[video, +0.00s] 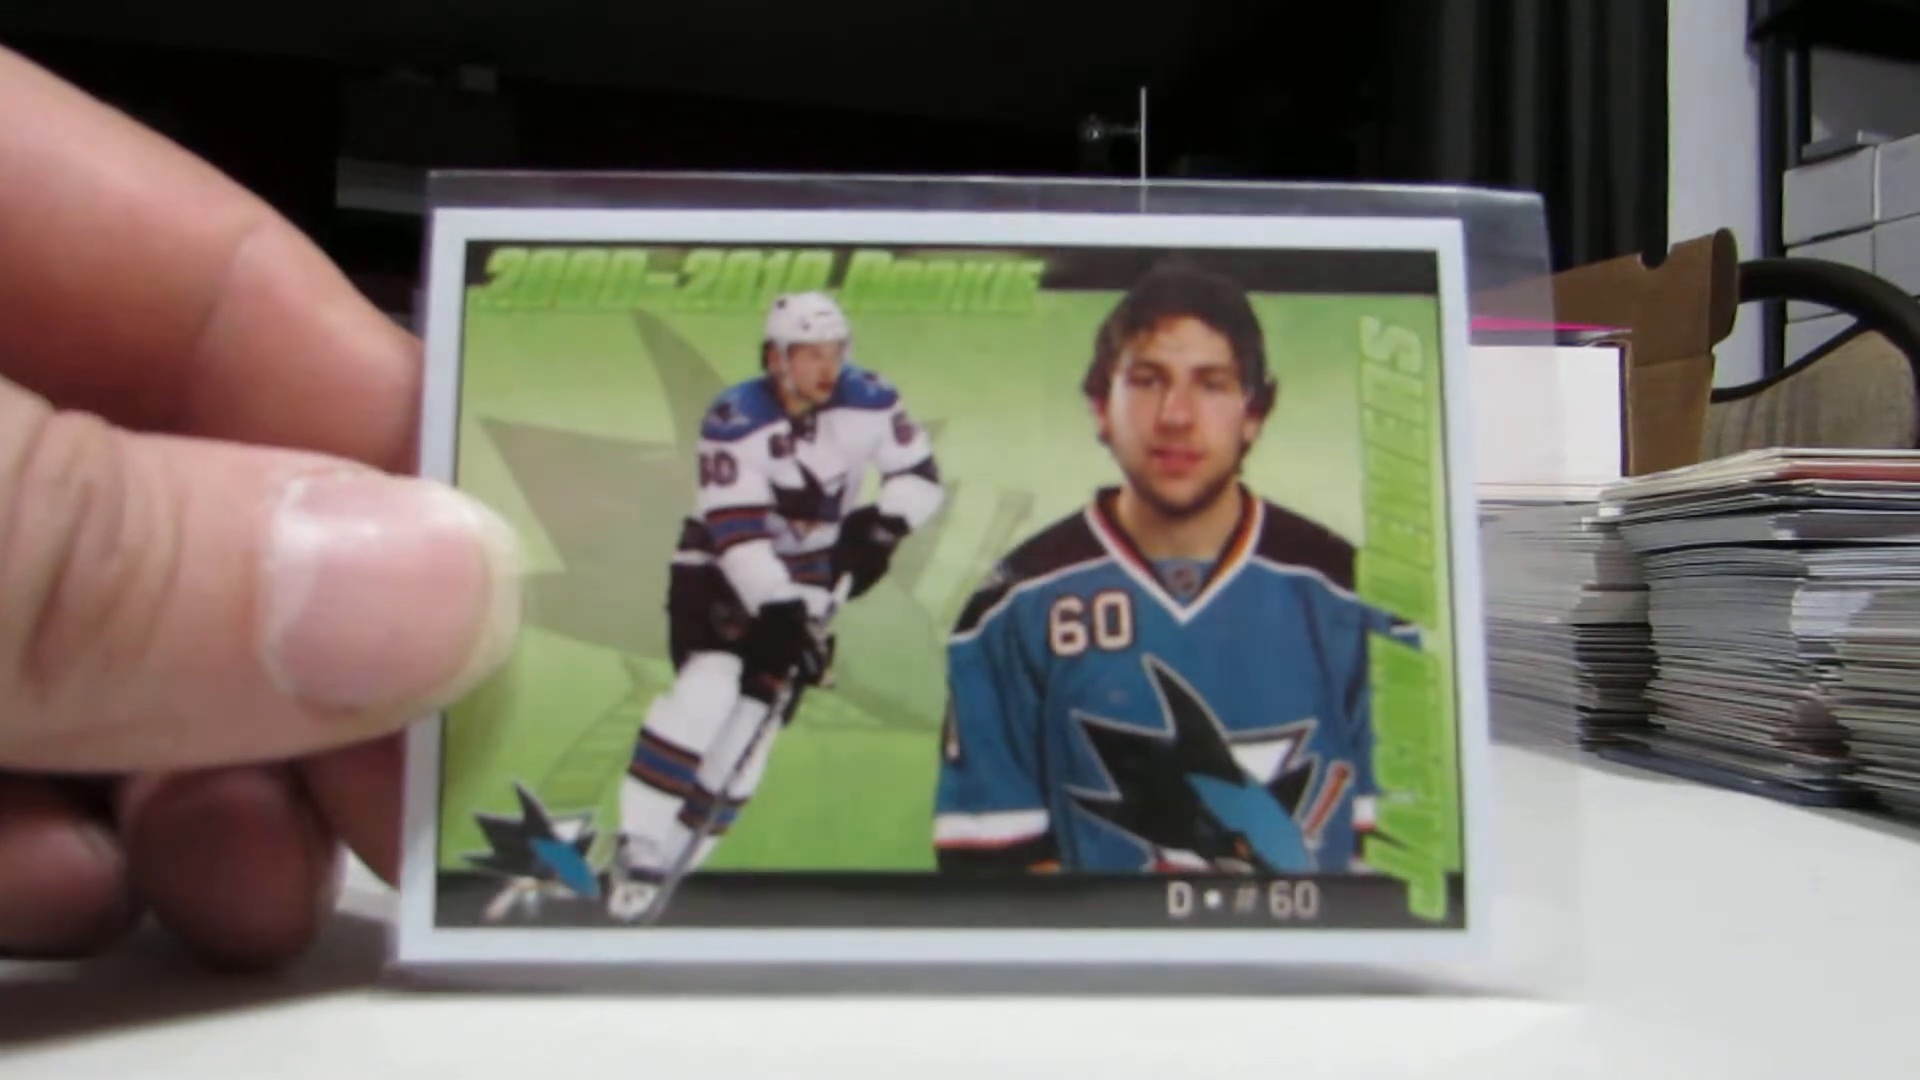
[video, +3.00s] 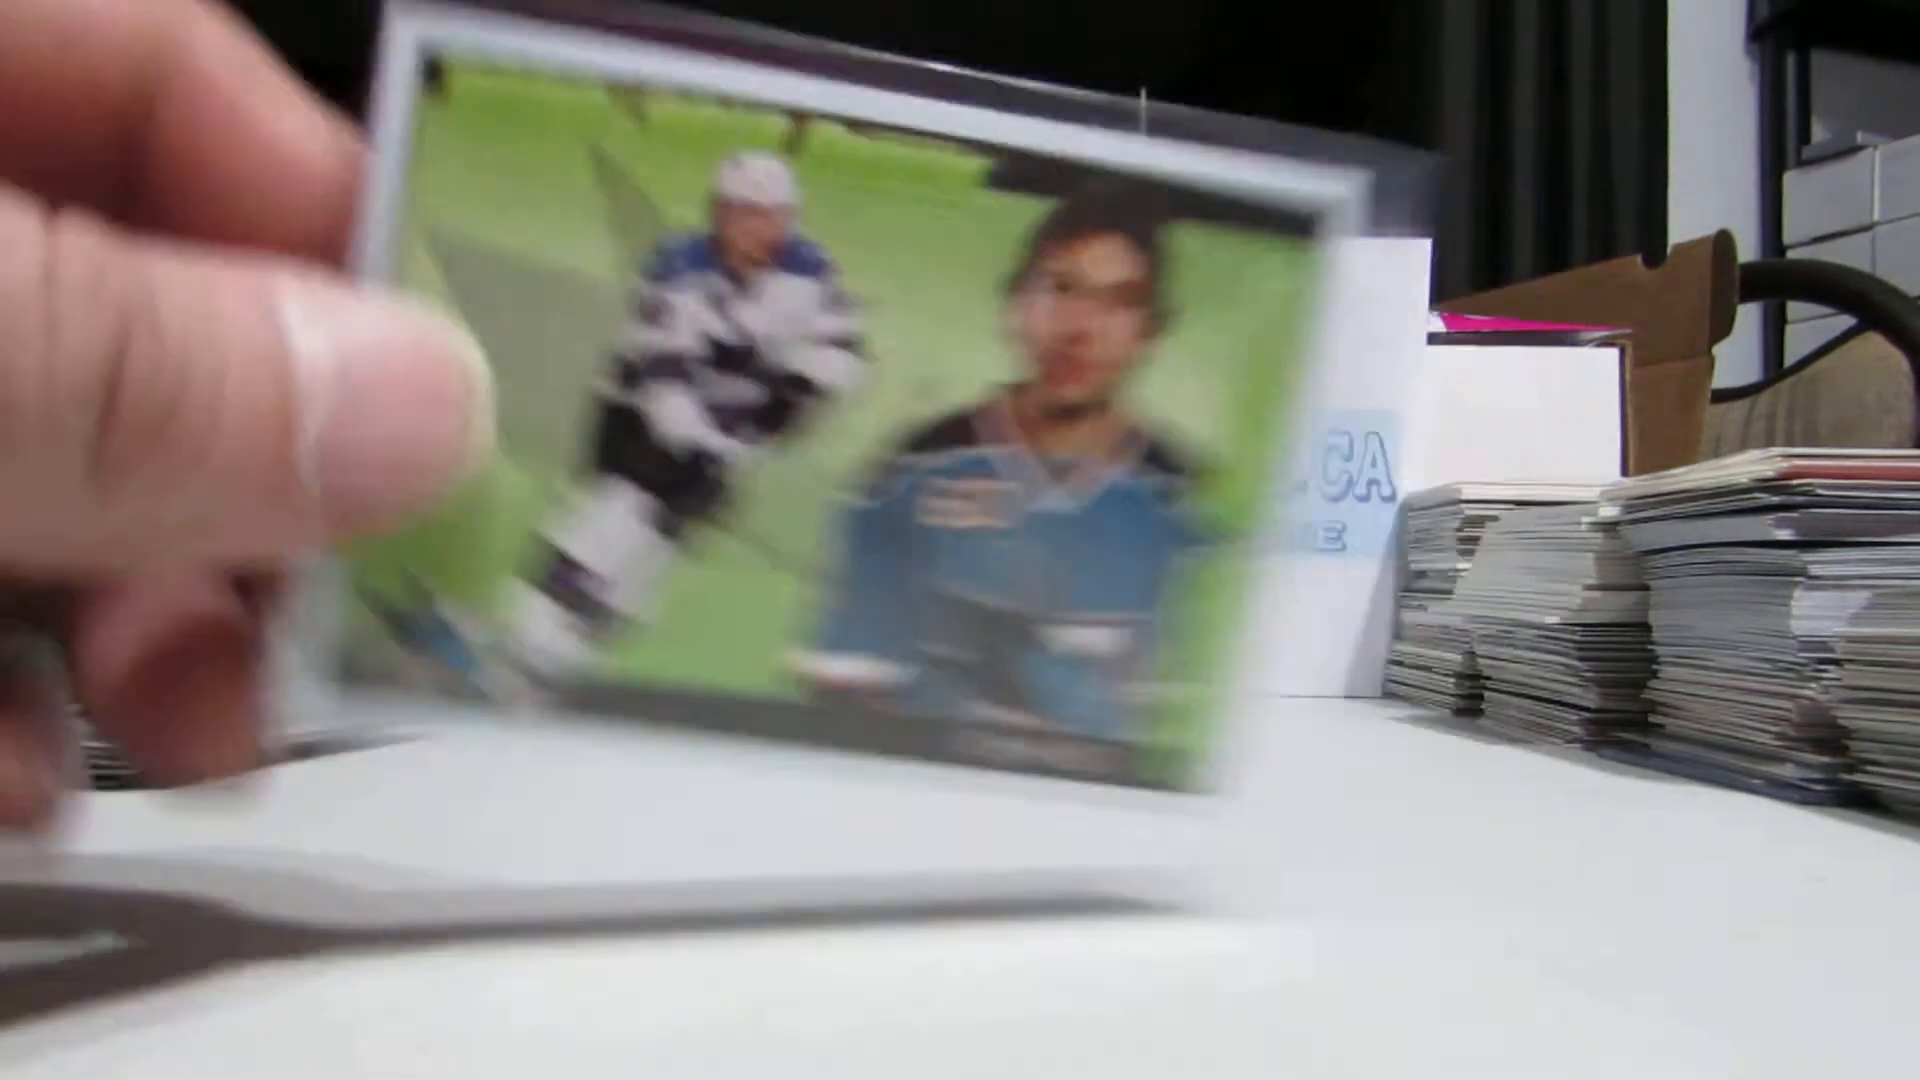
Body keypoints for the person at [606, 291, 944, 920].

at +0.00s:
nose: (828, 368)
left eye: (836, 354)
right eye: (813, 355)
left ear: (846, 354)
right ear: (777, 359)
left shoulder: (870, 403)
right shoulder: (736, 419)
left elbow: (918, 477)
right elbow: (735, 526)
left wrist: (880, 530)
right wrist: (777, 606)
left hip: (808, 578)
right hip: (723, 566)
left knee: (755, 718)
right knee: (711, 682)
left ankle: (676, 860)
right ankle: (641, 848)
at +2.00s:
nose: (825, 366)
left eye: (832, 352)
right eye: (809, 353)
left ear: (843, 352)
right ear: (773, 359)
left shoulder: (868, 401)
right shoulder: (732, 420)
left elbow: (917, 476)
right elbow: (732, 528)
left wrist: (879, 531)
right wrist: (776, 610)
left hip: (807, 580)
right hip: (720, 569)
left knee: (754, 723)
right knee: (709, 686)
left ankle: (678, 862)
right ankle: (640, 850)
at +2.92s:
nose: (821, 354)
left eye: (830, 340)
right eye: (806, 340)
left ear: (844, 341)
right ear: (774, 344)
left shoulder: (869, 391)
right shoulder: (733, 405)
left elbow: (919, 465)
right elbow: (731, 511)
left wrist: (879, 517)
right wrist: (771, 593)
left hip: (804, 567)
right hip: (717, 554)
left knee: (746, 707)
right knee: (705, 666)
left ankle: (670, 839)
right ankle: (634, 829)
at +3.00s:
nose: (758, 230)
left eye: (771, 217)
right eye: (745, 215)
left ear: (788, 222)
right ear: (720, 215)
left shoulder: (807, 275)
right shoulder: (682, 266)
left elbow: (838, 352)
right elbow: (657, 363)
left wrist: (784, 395)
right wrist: (699, 443)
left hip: (730, 421)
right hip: (655, 402)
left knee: (661, 524)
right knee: (629, 493)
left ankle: (596, 621)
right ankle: (558, 600)